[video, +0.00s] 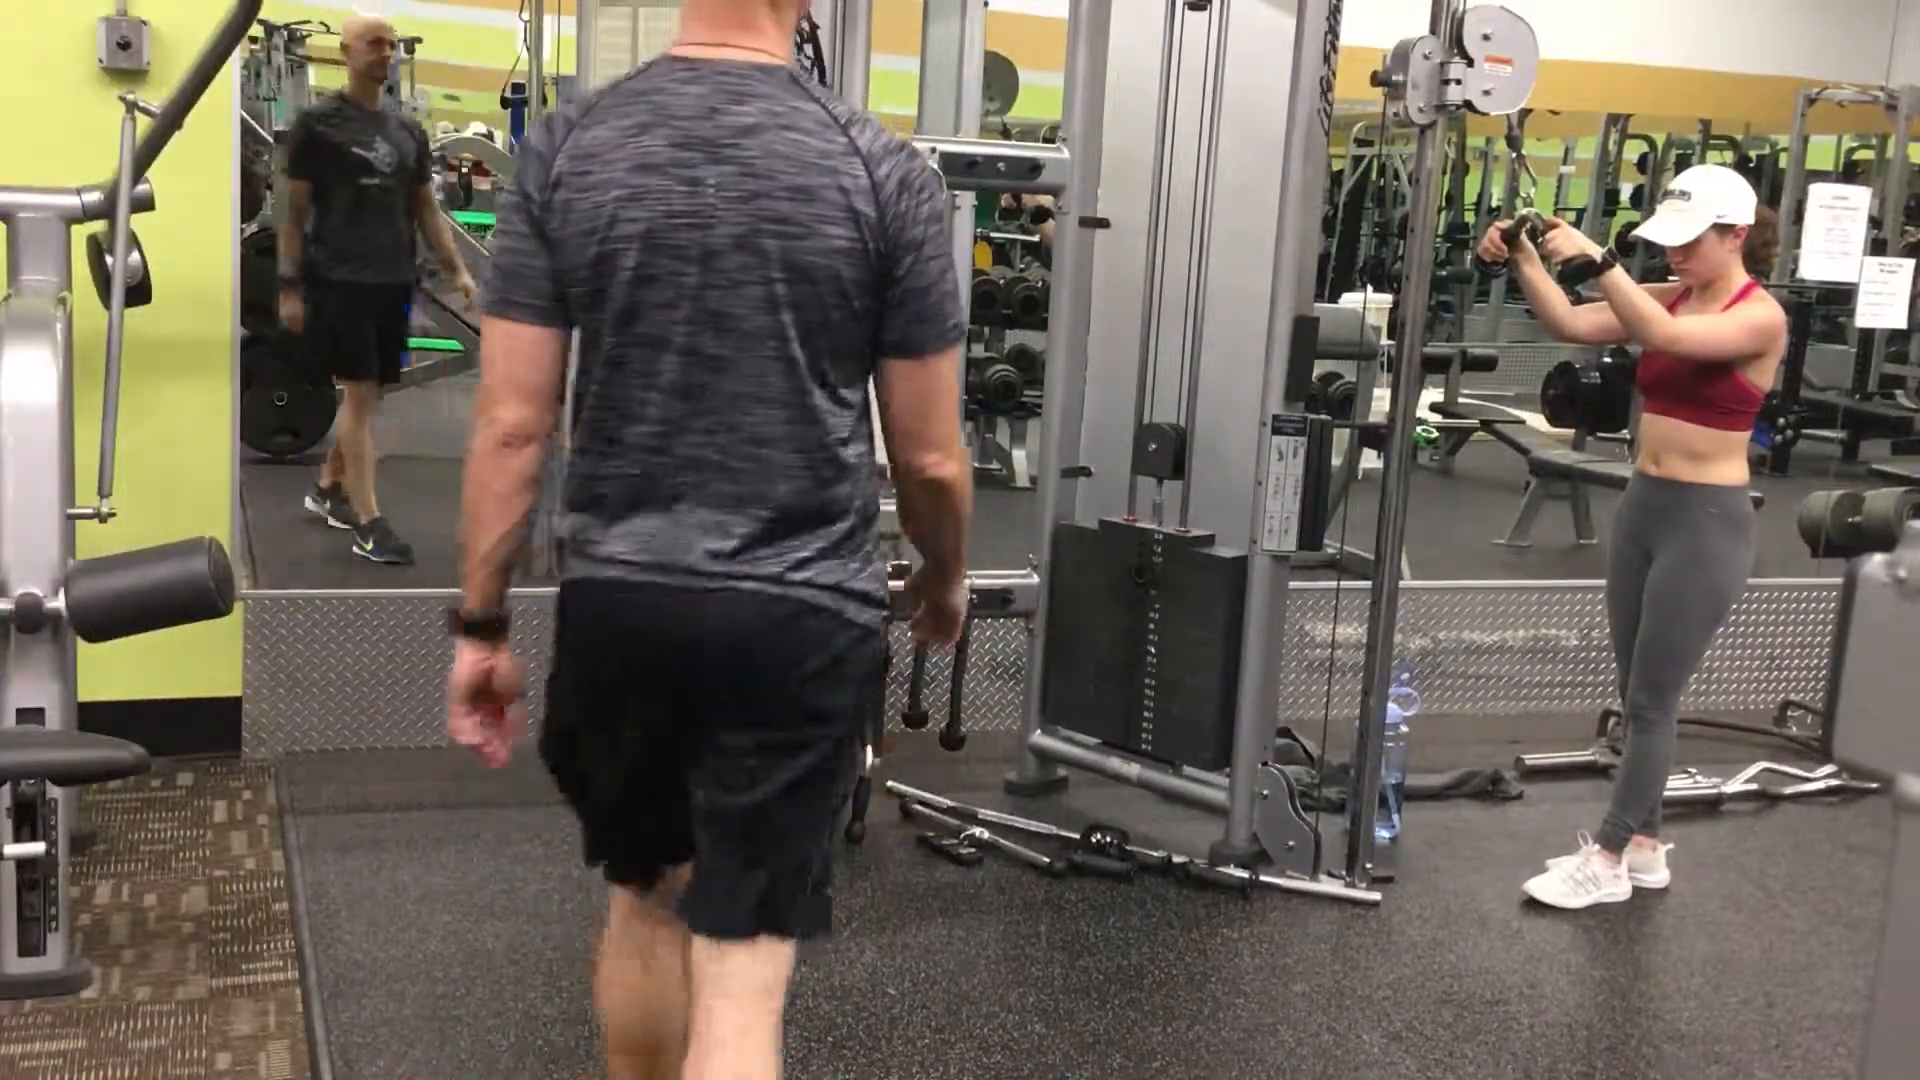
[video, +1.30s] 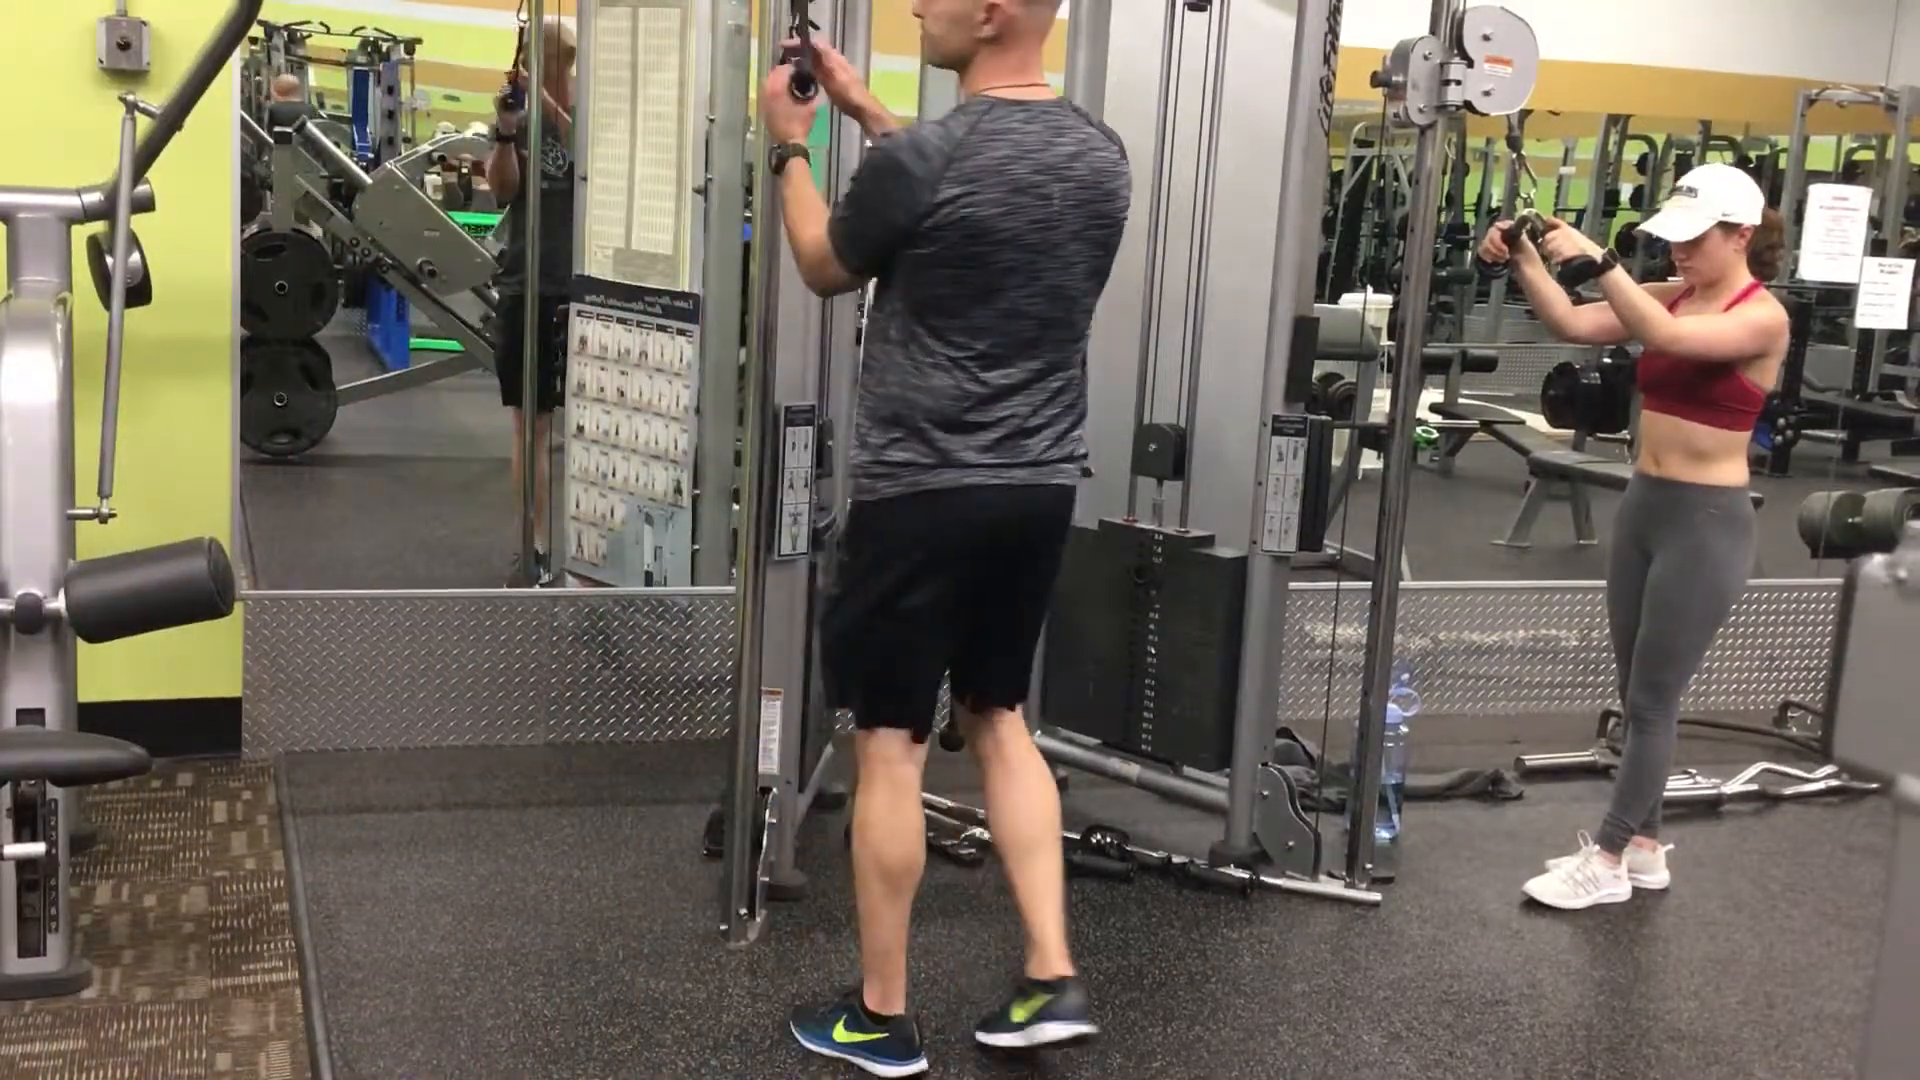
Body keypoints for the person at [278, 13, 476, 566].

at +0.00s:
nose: (385, 52)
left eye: (390, 43)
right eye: (373, 43)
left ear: (395, 52)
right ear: (346, 50)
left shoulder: (407, 132)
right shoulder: (315, 125)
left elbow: (427, 207)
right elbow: (293, 211)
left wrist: (458, 267)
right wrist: (289, 284)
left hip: (393, 280)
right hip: (337, 279)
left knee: (365, 392)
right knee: (360, 394)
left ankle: (330, 486)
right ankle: (369, 520)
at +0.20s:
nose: (412, 43)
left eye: (417, 35)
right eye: (400, 34)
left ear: (421, 44)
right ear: (371, 44)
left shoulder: (436, 123)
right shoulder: (347, 115)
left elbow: (451, 207)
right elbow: (335, 202)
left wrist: (485, 260)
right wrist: (372, 263)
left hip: (430, 277)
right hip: (371, 276)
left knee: (450, 395)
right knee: (377, 394)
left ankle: (386, 468)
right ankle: (370, 520)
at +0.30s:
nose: (428, 44)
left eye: (432, 35)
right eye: (416, 35)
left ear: (436, 44)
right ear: (386, 43)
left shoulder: (450, 122)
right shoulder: (365, 115)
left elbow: (466, 210)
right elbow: (366, 203)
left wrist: (502, 255)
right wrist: (413, 231)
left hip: (446, 279)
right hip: (388, 279)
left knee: (480, 392)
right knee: (383, 395)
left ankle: (436, 499)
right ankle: (372, 521)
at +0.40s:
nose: (446, 47)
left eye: (450, 39)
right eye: (434, 38)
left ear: (453, 48)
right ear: (406, 48)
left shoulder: (468, 126)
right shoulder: (387, 114)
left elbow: (489, 207)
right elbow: (398, 195)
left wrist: (527, 253)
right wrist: (457, 205)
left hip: (464, 287)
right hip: (406, 285)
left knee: (492, 403)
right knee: (391, 399)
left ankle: (503, 527)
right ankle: (372, 521)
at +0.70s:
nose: (500, 52)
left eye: (505, 43)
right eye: (489, 44)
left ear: (515, 52)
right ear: (466, 54)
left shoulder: (533, 124)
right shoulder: (447, 119)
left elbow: (564, 188)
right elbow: (471, 179)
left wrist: (564, 191)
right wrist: (511, 156)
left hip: (535, 285)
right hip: (474, 287)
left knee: (541, 415)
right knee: (468, 408)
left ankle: (537, 535)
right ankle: (409, 503)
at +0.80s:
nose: (510, 52)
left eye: (518, 42)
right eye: (499, 43)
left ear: (529, 51)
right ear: (479, 53)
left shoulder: (552, 115)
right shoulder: (461, 118)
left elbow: (584, 175)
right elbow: (481, 174)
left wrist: (567, 159)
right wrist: (519, 149)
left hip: (553, 281)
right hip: (490, 282)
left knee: (549, 415)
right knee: (493, 404)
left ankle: (538, 535)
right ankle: (451, 509)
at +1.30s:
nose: (536, 79)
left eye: (546, 69)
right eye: (531, 69)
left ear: (568, 71)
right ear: (523, 73)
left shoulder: (587, 123)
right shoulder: (515, 121)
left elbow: (593, 161)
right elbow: (503, 189)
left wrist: (544, 103)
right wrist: (506, 129)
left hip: (580, 282)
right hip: (523, 282)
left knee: (571, 428)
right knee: (527, 428)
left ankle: (565, 552)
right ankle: (528, 550)